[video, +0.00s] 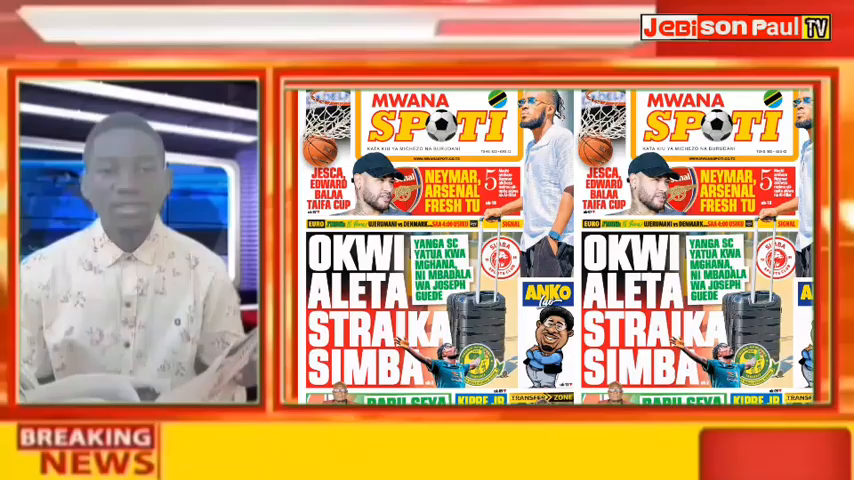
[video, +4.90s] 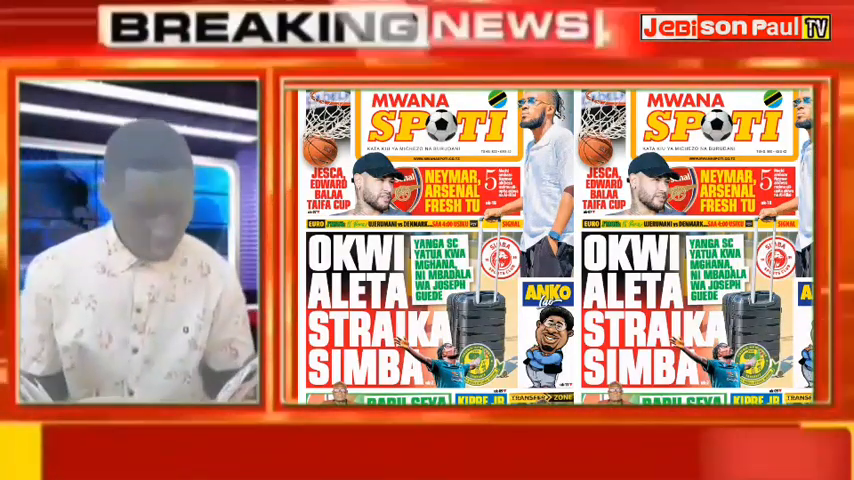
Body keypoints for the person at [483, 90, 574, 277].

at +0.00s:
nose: (523, 107)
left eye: (531, 101)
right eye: (522, 103)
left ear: (549, 110)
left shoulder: (563, 138)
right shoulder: (531, 147)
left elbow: (571, 192)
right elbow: (532, 196)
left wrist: (554, 238)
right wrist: (502, 211)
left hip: (551, 241)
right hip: (530, 242)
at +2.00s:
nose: (523, 107)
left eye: (531, 101)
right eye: (522, 103)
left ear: (549, 110)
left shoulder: (563, 139)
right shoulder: (531, 147)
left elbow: (571, 192)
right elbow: (532, 196)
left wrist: (554, 238)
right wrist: (502, 211)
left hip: (551, 241)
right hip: (530, 242)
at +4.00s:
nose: (523, 107)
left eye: (531, 101)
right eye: (522, 103)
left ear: (549, 110)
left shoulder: (563, 139)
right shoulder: (531, 147)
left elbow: (571, 192)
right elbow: (532, 196)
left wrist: (554, 238)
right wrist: (502, 211)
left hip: (551, 241)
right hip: (529, 242)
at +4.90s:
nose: (523, 107)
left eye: (531, 102)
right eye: (522, 103)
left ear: (549, 110)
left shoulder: (563, 139)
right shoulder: (531, 147)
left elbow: (571, 192)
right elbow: (532, 196)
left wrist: (554, 238)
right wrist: (502, 211)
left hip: (551, 241)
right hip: (529, 242)